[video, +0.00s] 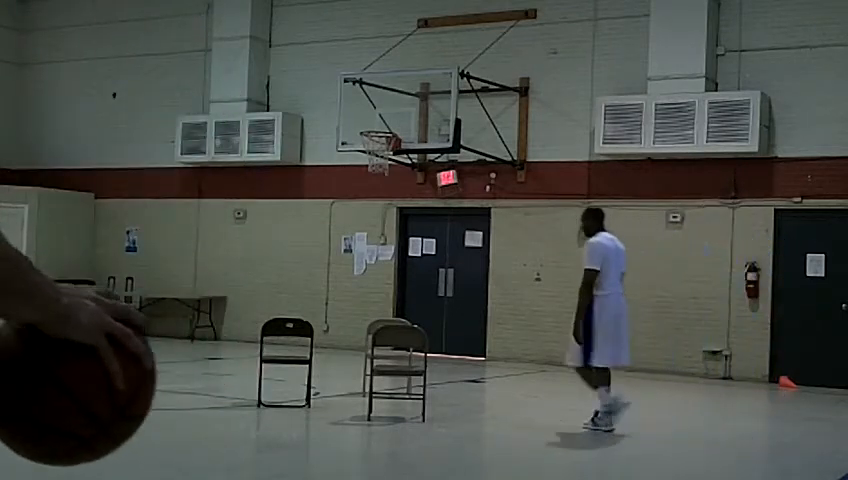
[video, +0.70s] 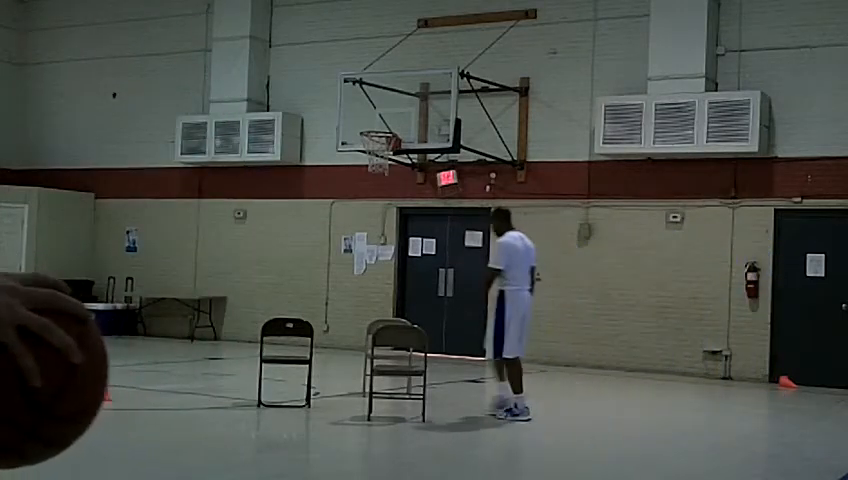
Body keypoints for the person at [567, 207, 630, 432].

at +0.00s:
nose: (581, 226)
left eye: (583, 221)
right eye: (582, 221)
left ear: (591, 222)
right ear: (602, 221)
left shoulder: (595, 244)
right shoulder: (616, 243)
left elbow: (587, 284)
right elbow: (620, 278)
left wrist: (578, 319)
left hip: (599, 307)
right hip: (614, 306)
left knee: (580, 361)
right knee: (603, 360)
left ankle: (609, 401)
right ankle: (604, 413)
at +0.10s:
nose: (570, 226)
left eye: (572, 222)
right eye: (570, 222)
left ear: (579, 222)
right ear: (590, 221)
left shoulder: (583, 244)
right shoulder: (605, 243)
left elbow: (581, 284)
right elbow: (607, 279)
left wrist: (572, 321)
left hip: (585, 307)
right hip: (604, 307)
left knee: (560, 355)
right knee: (599, 358)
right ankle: (604, 413)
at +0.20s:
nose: (556, 228)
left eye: (558, 224)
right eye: (556, 224)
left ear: (565, 225)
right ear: (575, 223)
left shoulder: (571, 245)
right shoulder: (591, 244)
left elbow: (572, 286)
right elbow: (591, 282)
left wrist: (566, 322)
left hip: (574, 305)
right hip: (594, 305)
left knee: (551, 355)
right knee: (596, 359)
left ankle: (536, 404)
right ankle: (603, 413)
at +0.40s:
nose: (527, 231)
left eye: (529, 227)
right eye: (527, 226)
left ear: (535, 227)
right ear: (545, 226)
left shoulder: (539, 249)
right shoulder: (561, 246)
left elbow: (541, 289)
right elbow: (559, 282)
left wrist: (538, 323)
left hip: (543, 307)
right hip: (562, 305)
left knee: (525, 356)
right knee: (567, 357)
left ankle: (521, 405)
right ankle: (592, 401)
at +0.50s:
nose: (515, 230)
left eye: (516, 226)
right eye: (515, 226)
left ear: (523, 225)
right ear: (533, 223)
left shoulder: (527, 246)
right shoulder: (549, 243)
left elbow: (523, 283)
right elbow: (547, 278)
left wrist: (516, 316)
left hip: (531, 307)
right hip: (549, 306)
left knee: (518, 355)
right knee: (541, 356)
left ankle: (520, 406)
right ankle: (571, 389)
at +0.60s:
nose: (504, 228)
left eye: (505, 224)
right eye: (503, 224)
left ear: (512, 223)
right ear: (521, 221)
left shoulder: (516, 243)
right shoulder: (539, 242)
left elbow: (507, 277)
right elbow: (543, 273)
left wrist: (492, 308)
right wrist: (539, 296)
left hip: (519, 299)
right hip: (536, 299)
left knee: (514, 352)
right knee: (523, 351)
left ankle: (520, 406)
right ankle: (541, 388)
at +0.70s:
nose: (492, 227)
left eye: (493, 223)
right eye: (493, 223)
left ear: (498, 223)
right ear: (509, 221)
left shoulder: (503, 242)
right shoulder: (526, 241)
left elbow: (493, 271)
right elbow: (532, 274)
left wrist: (484, 292)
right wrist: (528, 294)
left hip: (507, 294)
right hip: (524, 294)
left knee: (506, 351)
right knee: (504, 350)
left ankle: (519, 405)